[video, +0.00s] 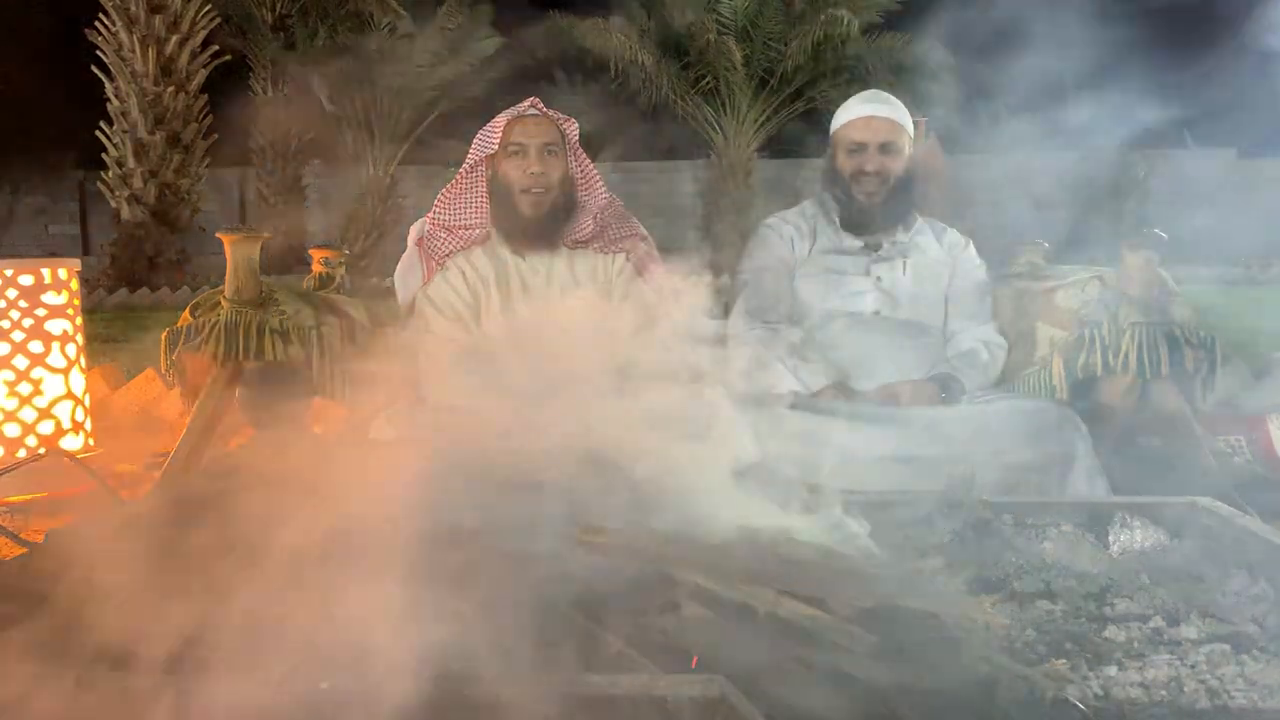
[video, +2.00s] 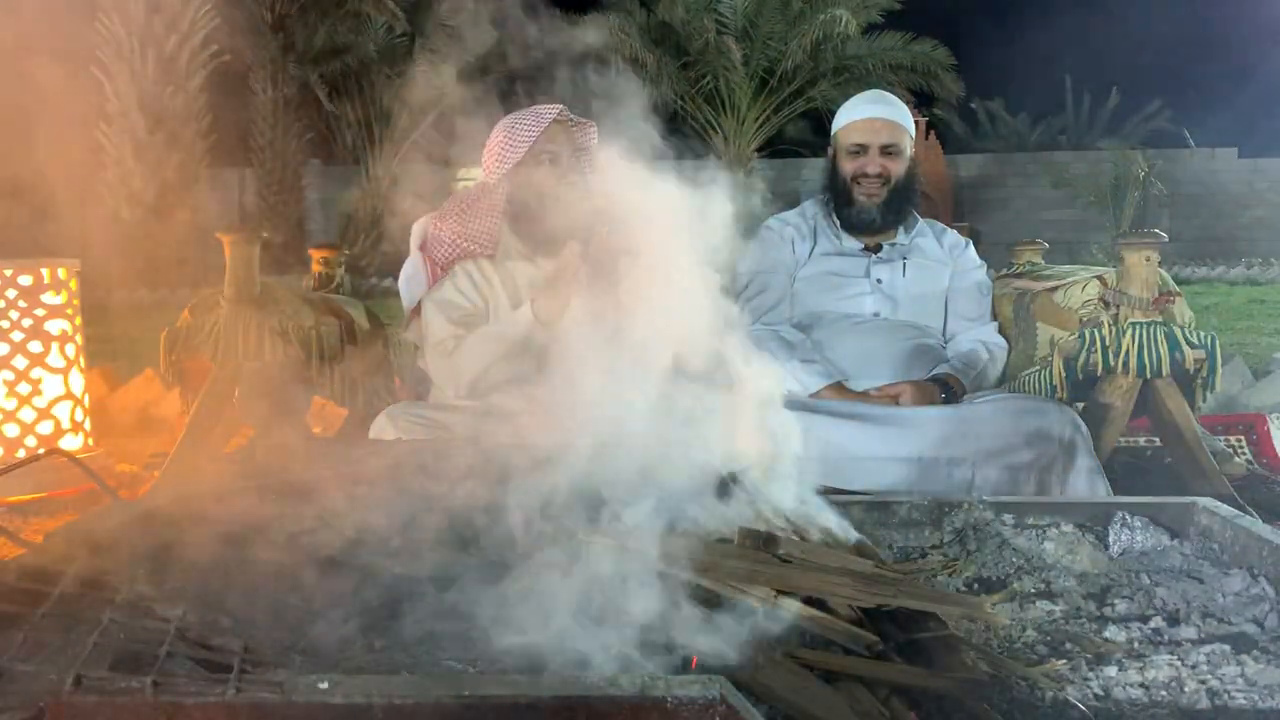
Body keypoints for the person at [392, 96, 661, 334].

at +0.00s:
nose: (535, 169)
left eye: (549, 152)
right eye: (516, 153)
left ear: (569, 168)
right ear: (490, 169)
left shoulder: (613, 273)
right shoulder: (455, 283)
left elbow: (654, 372)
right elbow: (444, 390)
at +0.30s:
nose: (548, 164)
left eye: (558, 149)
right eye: (527, 150)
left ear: (574, 164)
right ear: (495, 166)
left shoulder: (616, 268)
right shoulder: (456, 277)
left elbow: (650, 366)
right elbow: (434, 388)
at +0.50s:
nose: (555, 161)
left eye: (564, 147)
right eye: (534, 149)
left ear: (579, 161)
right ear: (502, 168)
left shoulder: (613, 259)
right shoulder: (460, 267)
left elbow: (666, 341)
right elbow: (421, 363)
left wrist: (608, 370)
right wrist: (507, 365)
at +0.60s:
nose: (556, 162)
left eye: (567, 150)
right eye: (536, 150)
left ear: (581, 170)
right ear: (502, 170)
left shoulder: (616, 271)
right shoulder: (461, 276)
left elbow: (669, 357)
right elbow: (424, 372)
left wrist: (611, 329)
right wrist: (508, 336)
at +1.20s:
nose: (562, 170)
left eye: (571, 154)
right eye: (540, 155)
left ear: (583, 167)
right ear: (504, 173)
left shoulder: (616, 260)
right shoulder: (465, 267)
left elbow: (658, 360)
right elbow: (445, 375)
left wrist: (605, 298)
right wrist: (525, 300)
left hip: (599, 417)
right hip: (496, 413)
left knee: (673, 440)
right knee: (394, 427)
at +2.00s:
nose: (569, 174)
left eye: (576, 160)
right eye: (548, 159)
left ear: (586, 171)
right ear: (507, 175)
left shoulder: (604, 260)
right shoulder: (464, 268)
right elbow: (457, 376)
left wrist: (612, 280)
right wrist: (541, 314)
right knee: (395, 426)